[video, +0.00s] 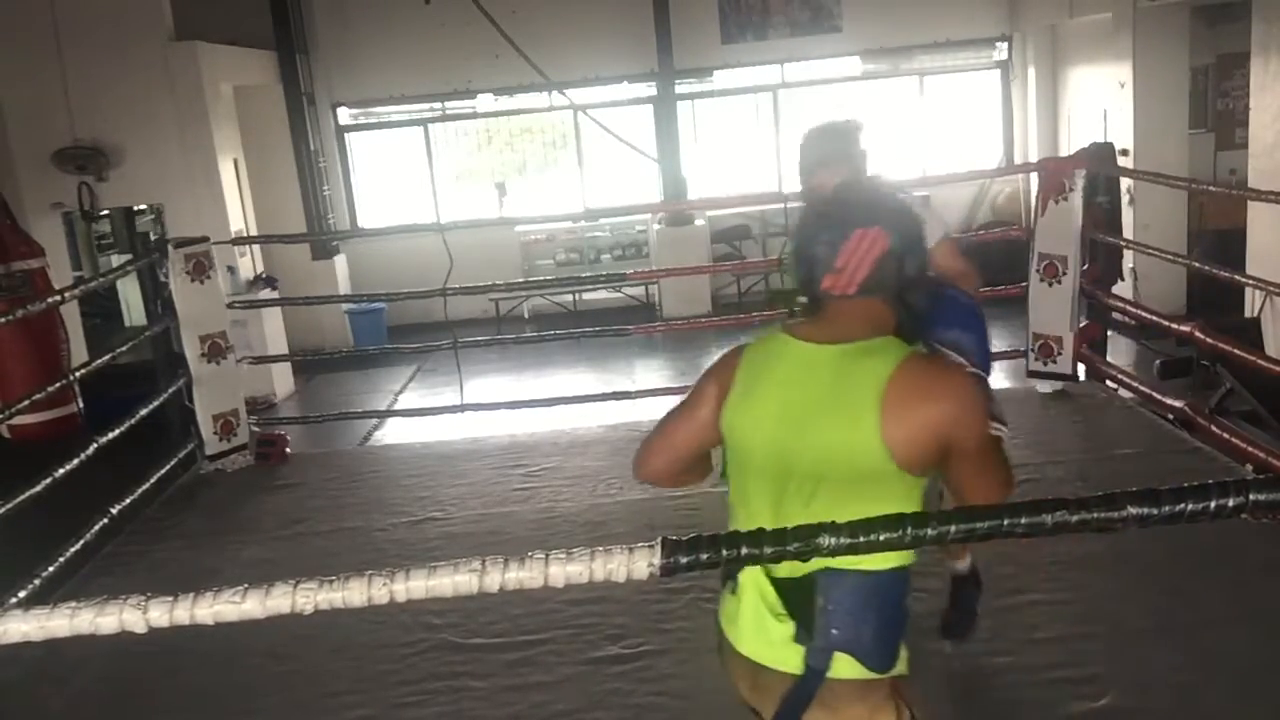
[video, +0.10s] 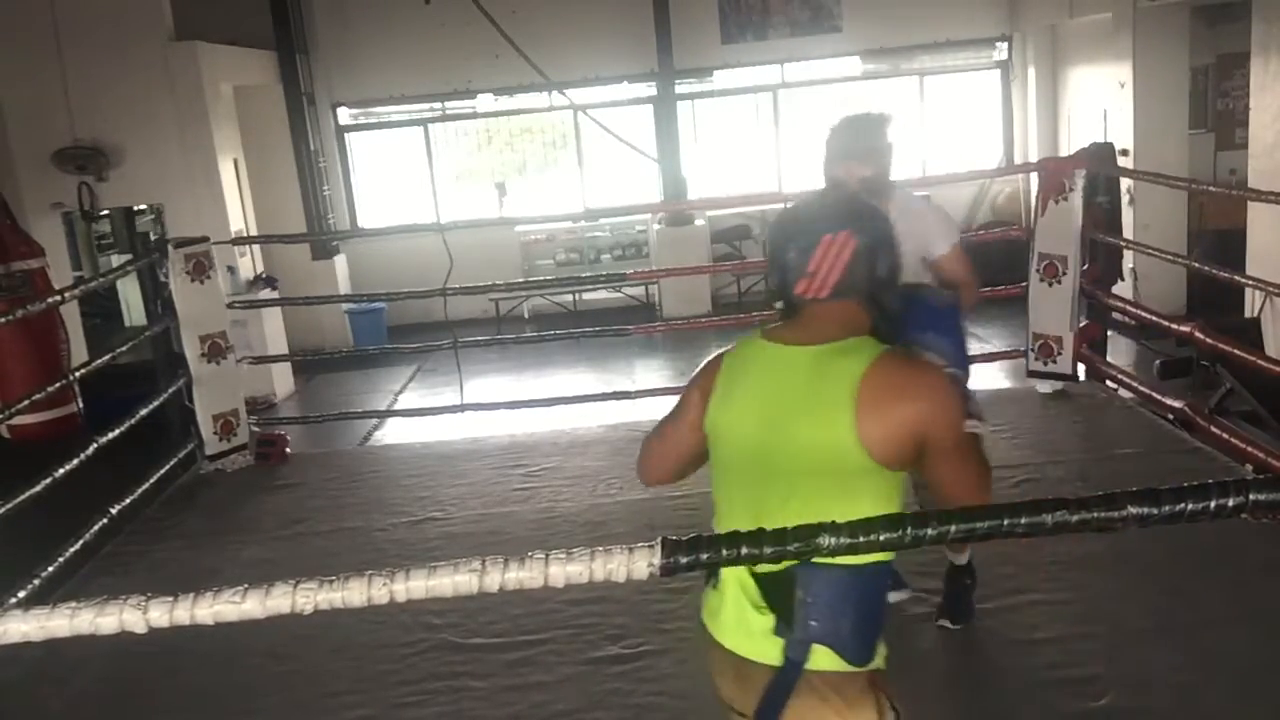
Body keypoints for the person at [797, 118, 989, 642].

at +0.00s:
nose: (821, 189)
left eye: (830, 175)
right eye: (812, 177)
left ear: (852, 167)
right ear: (806, 176)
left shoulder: (896, 215)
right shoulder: (809, 235)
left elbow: (964, 273)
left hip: (918, 339)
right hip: (842, 354)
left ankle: (962, 572)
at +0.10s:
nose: (862, 172)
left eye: (871, 159)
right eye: (850, 161)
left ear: (886, 159)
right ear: (831, 167)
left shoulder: (918, 215)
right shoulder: (824, 226)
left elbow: (964, 283)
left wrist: (945, 332)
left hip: (919, 351)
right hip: (848, 352)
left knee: (947, 462)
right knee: (862, 464)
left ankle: (958, 569)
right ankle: (877, 560)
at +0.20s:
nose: (879, 184)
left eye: (893, 173)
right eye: (869, 170)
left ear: (914, 175)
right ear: (853, 169)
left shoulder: (933, 224)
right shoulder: (840, 222)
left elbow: (957, 297)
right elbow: (826, 284)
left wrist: (937, 334)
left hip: (918, 351)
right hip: (856, 349)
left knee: (925, 458)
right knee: (854, 451)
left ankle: (956, 569)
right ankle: (870, 538)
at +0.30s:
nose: (884, 174)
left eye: (897, 163)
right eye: (873, 161)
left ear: (915, 164)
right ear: (855, 159)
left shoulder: (936, 212)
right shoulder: (828, 210)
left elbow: (942, 297)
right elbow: (809, 280)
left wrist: (911, 287)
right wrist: (845, 284)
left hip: (912, 352)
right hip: (844, 351)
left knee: (935, 467)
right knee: (826, 457)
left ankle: (955, 568)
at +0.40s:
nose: (867, 175)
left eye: (880, 163)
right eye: (855, 162)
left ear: (900, 157)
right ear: (840, 156)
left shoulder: (926, 206)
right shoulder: (814, 206)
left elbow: (936, 292)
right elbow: (789, 278)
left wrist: (901, 270)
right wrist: (826, 262)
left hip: (900, 355)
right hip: (830, 353)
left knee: (923, 477)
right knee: (829, 471)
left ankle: (954, 570)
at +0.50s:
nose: (848, 189)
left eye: (860, 178)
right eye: (837, 176)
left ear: (878, 169)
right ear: (821, 168)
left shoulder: (908, 211)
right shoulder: (801, 214)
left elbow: (929, 288)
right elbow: (782, 280)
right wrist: (817, 302)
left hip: (889, 362)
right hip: (824, 360)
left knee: (909, 476)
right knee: (839, 464)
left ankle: (953, 571)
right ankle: (858, 554)